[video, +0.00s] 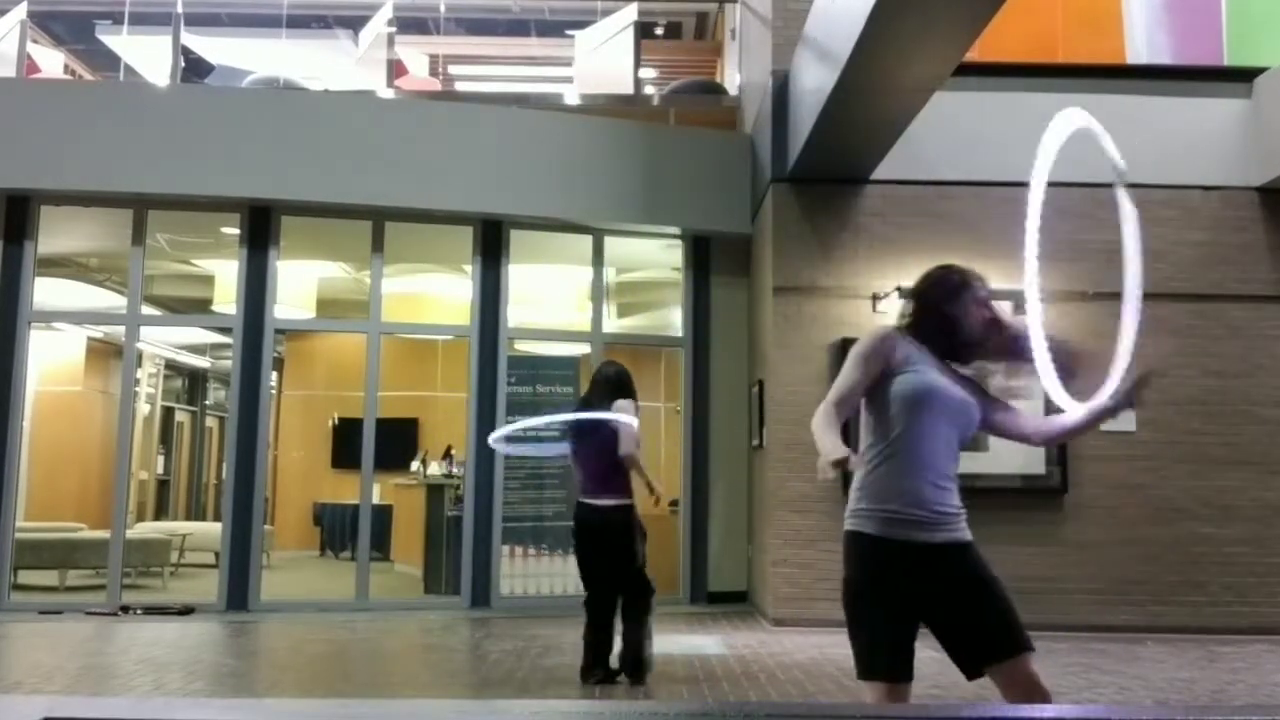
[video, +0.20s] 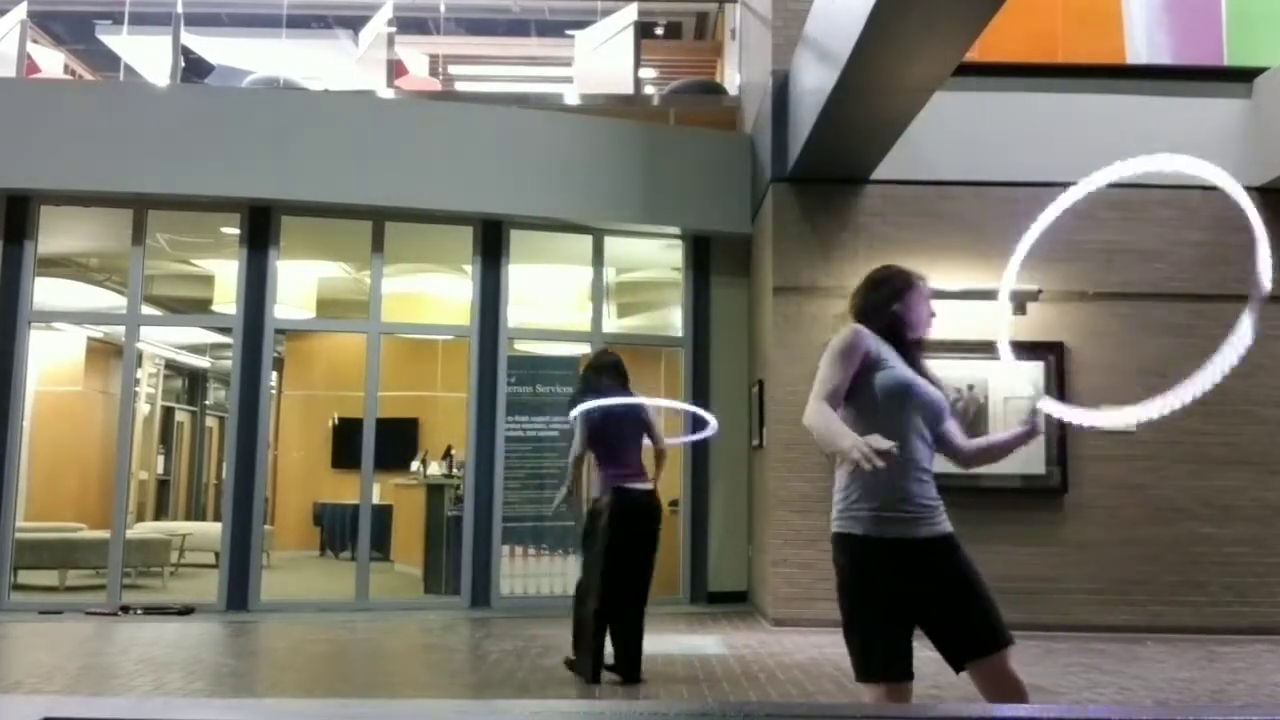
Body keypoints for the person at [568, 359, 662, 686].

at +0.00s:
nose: (632, 390)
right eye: (630, 385)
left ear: (594, 384)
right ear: (625, 385)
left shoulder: (579, 414)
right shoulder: (624, 406)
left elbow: (575, 464)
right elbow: (627, 452)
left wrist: (582, 499)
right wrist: (650, 484)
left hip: (585, 516)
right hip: (617, 516)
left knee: (598, 592)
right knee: (637, 588)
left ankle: (594, 667)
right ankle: (634, 663)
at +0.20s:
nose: (586, 383)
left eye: (587, 377)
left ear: (590, 378)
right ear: (622, 376)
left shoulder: (587, 410)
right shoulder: (637, 405)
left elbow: (578, 455)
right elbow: (660, 446)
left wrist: (571, 490)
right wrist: (655, 482)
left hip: (610, 504)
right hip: (645, 503)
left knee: (596, 582)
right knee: (634, 585)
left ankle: (589, 661)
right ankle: (630, 665)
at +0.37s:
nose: (583, 389)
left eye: (584, 383)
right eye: (582, 384)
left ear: (592, 378)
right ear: (616, 372)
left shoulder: (604, 397)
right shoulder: (634, 401)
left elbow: (581, 435)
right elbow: (635, 458)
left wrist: (567, 436)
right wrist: (611, 485)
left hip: (629, 503)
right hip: (643, 500)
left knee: (628, 587)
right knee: (639, 586)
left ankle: (630, 670)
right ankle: (637, 664)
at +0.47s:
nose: (586, 387)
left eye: (588, 380)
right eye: (586, 381)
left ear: (601, 375)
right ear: (614, 370)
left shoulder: (625, 398)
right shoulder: (612, 403)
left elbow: (616, 436)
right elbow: (611, 448)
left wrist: (583, 427)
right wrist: (581, 464)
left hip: (632, 503)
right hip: (616, 503)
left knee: (648, 585)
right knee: (620, 589)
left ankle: (672, 661)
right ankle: (626, 669)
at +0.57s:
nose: (594, 379)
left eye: (599, 373)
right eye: (592, 374)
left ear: (615, 369)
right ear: (591, 374)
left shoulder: (639, 399)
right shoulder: (594, 400)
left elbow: (651, 446)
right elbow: (595, 435)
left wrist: (608, 455)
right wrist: (572, 441)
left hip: (641, 503)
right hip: (610, 503)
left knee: (654, 583)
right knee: (615, 588)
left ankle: (661, 662)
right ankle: (624, 669)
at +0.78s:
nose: (623, 367)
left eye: (630, 362)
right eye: (618, 362)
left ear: (641, 367)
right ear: (610, 366)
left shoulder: (655, 402)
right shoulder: (600, 402)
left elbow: (666, 438)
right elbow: (582, 440)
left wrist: (654, 459)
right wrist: (571, 458)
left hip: (645, 505)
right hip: (609, 505)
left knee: (648, 588)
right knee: (611, 587)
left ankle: (639, 668)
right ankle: (612, 667)